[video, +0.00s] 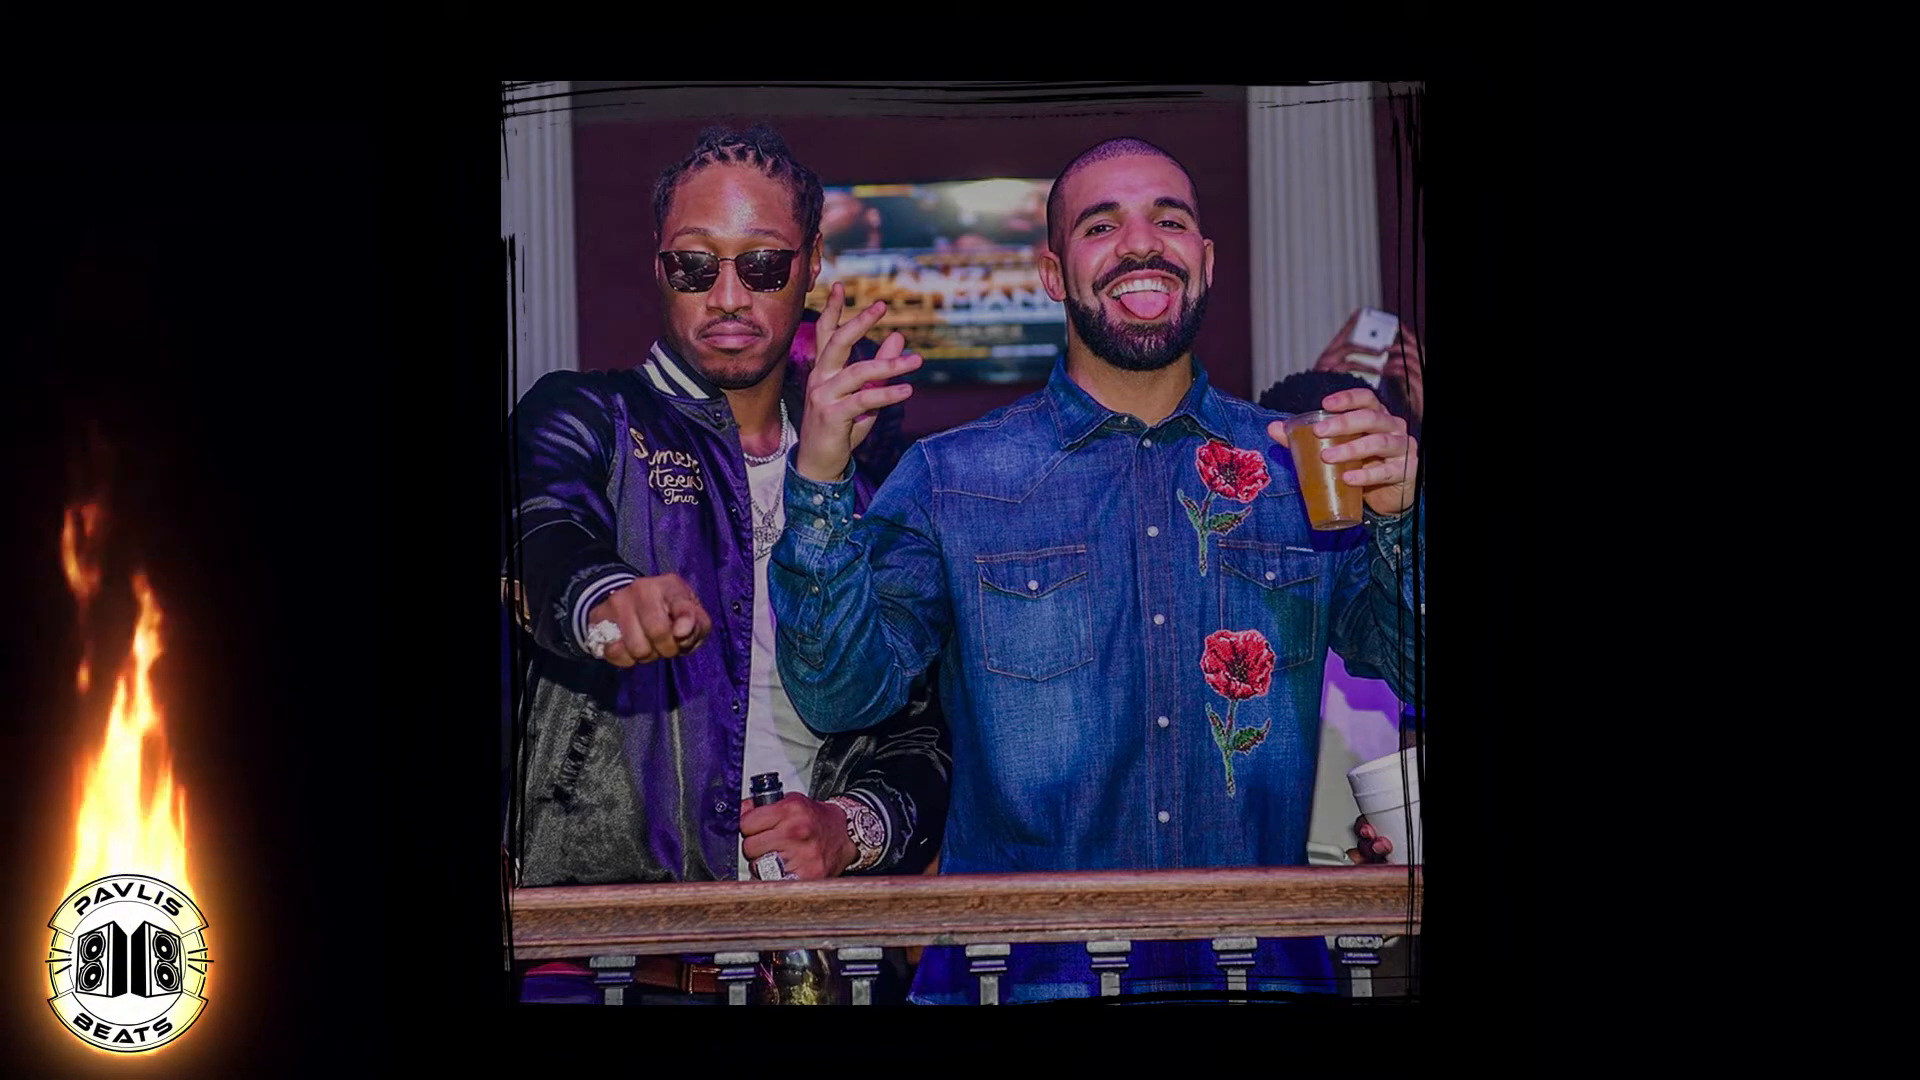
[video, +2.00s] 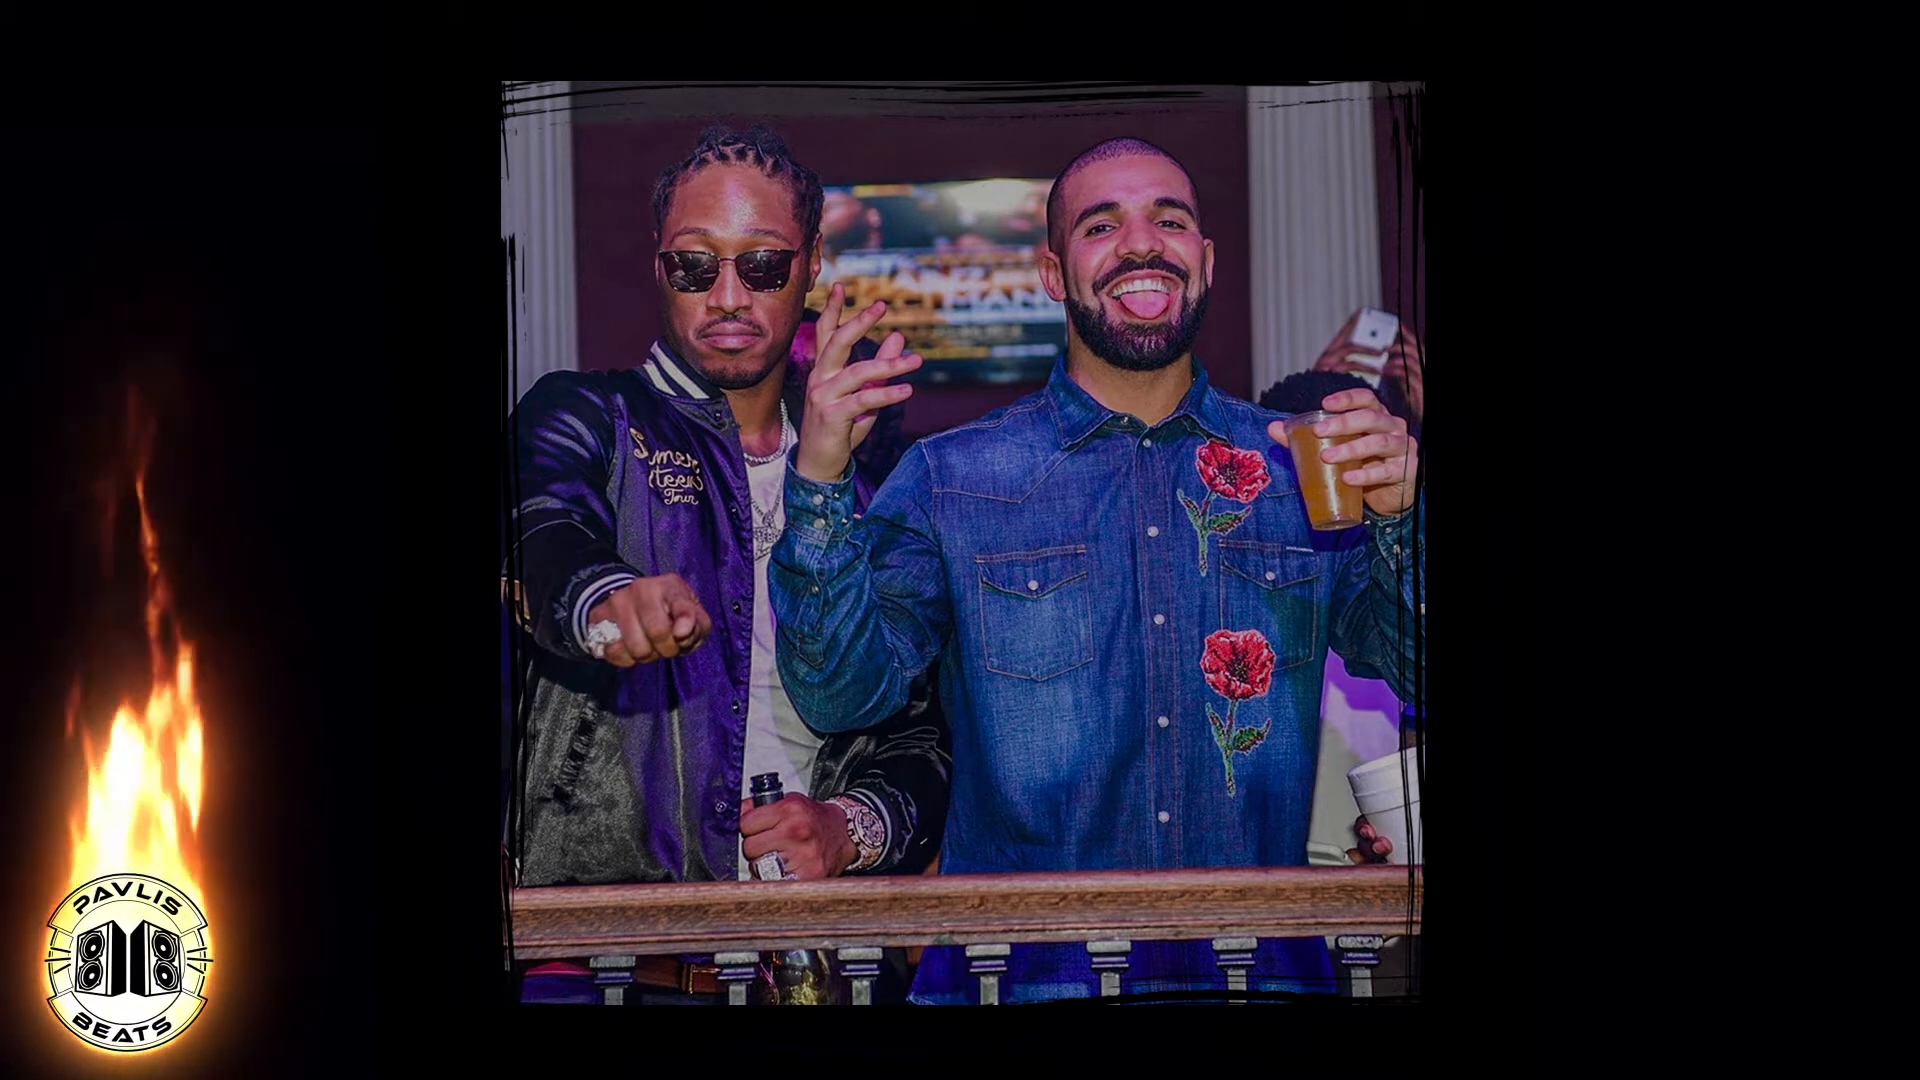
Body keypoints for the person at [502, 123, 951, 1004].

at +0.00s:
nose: (729, 296)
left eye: (764, 266)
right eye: (694, 266)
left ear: (811, 274)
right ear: (658, 273)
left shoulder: (879, 459)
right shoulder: (581, 412)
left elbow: (926, 724)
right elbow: (540, 525)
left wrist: (858, 825)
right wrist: (603, 595)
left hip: (827, 942)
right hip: (606, 942)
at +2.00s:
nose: (729, 296)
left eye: (763, 266)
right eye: (694, 266)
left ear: (811, 274)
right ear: (658, 272)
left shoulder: (878, 460)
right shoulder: (581, 412)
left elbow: (926, 726)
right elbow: (540, 525)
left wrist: (857, 826)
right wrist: (602, 595)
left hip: (827, 944)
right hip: (605, 943)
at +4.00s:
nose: (729, 296)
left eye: (764, 266)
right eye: (694, 266)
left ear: (811, 274)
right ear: (658, 272)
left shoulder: (878, 460)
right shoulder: (581, 412)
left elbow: (926, 725)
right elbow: (540, 525)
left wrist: (857, 826)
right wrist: (602, 595)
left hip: (827, 944)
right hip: (605, 943)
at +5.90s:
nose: (728, 295)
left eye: (763, 266)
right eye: (694, 266)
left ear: (811, 275)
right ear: (658, 274)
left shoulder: (878, 459)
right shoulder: (581, 411)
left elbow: (925, 722)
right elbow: (541, 525)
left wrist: (858, 826)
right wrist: (603, 595)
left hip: (828, 941)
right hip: (607, 941)